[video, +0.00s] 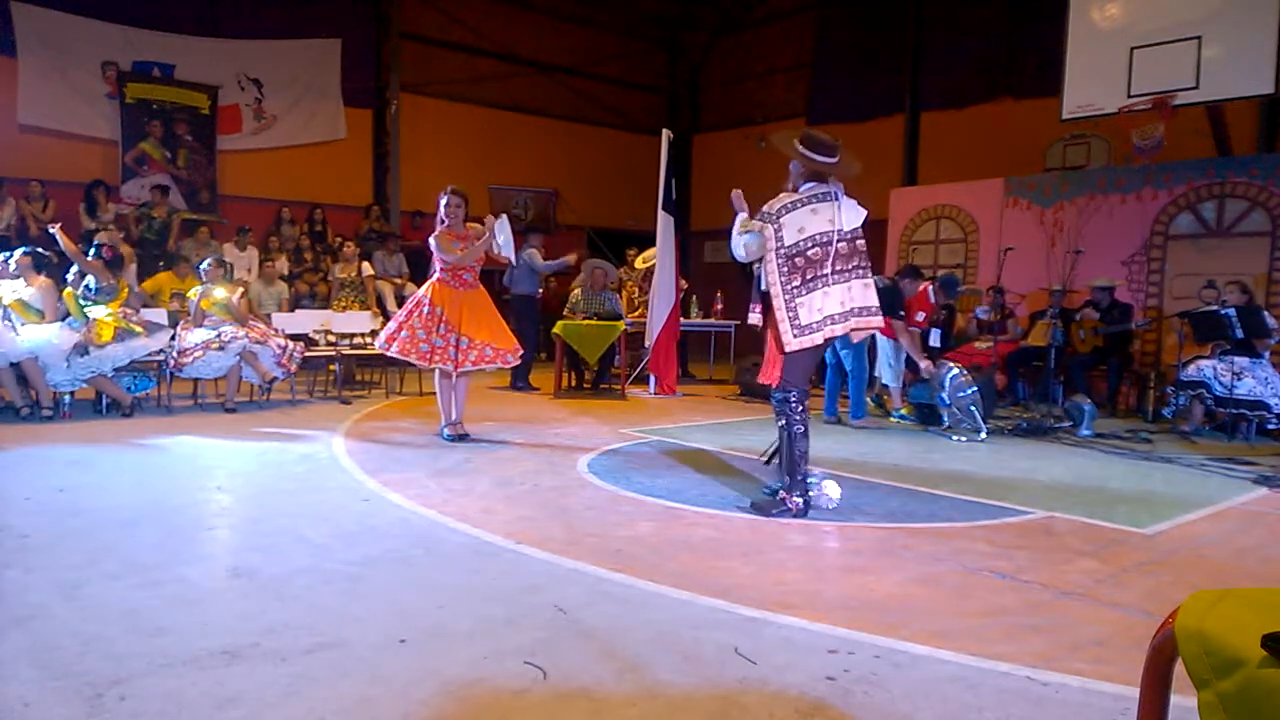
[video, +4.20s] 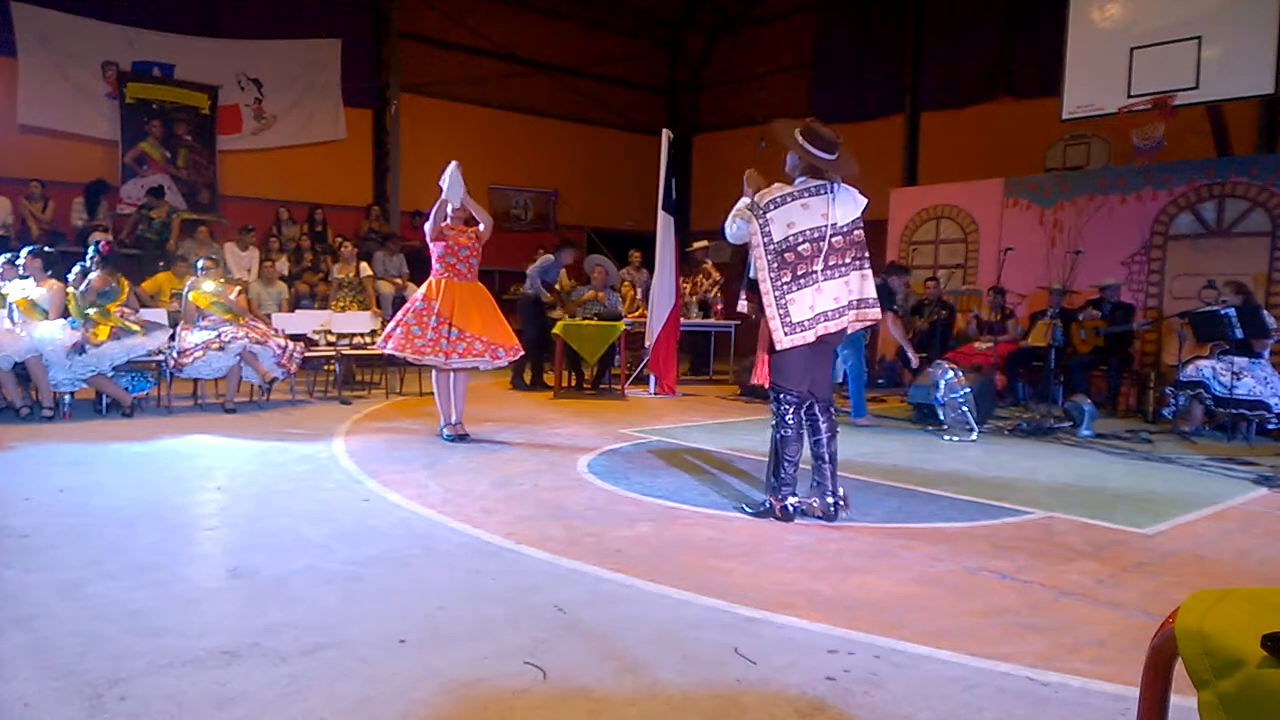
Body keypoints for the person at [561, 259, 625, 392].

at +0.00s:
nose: (600, 278)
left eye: (602, 275)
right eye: (598, 274)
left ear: (606, 278)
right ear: (591, 277)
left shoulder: (612, 296)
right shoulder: (577, 293)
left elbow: (620, 316)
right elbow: (565, 313)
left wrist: (599, 317)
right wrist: (576, 317)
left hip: (603, 332)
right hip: (581, 331)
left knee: (610, 349)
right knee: (570, 346)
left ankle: (597, 380)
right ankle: (579, 378)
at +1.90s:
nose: (583, 278)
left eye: (587, 275)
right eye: (582, 275)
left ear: (595, 279)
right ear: (579, 277)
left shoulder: (607, 295)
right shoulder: (575, 294)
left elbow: (616, 311)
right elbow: (555, 299)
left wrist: (600, 300)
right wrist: (571, 301)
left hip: (601, 330)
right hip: (579, 330)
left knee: (610, 348)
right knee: (570, 346)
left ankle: (597, 380)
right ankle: (579, 377)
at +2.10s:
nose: (578, 278)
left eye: (582, 275)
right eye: (579, 275)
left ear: (592, 278)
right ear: (578, 277)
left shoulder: (608, 294)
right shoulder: (575, 295)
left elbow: (618, 311)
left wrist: (600, 305)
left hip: (602, 331)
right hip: (580, 331)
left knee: (610, 348)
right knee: (570, 344)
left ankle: (597, 380)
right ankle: (579, 377)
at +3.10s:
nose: (594, 276)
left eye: (597, 273)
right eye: (593, 273)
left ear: (605, 278)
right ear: (588, 275)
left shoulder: (612, 297)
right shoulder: (579, 293)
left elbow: (621, 315)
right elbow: (565, 309)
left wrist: (600, 314)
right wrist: (578, 303)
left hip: (603, 332)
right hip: (580, 331)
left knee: (609, 348)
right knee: (571, 345)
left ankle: (597, 381)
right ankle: (579, 379)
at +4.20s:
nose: (595, 276)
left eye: (599, 273)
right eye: (593, 272)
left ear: (606, 277)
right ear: (590, 275)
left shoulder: (613, 296)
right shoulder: (580, 291)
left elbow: (620, 314)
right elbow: (569, 305)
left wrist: (606, 303)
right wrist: (583, 299)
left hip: (603, 329)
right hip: (582, 327)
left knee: (610, 348)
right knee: (570, 345)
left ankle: (597, 379)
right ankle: (579, 376)